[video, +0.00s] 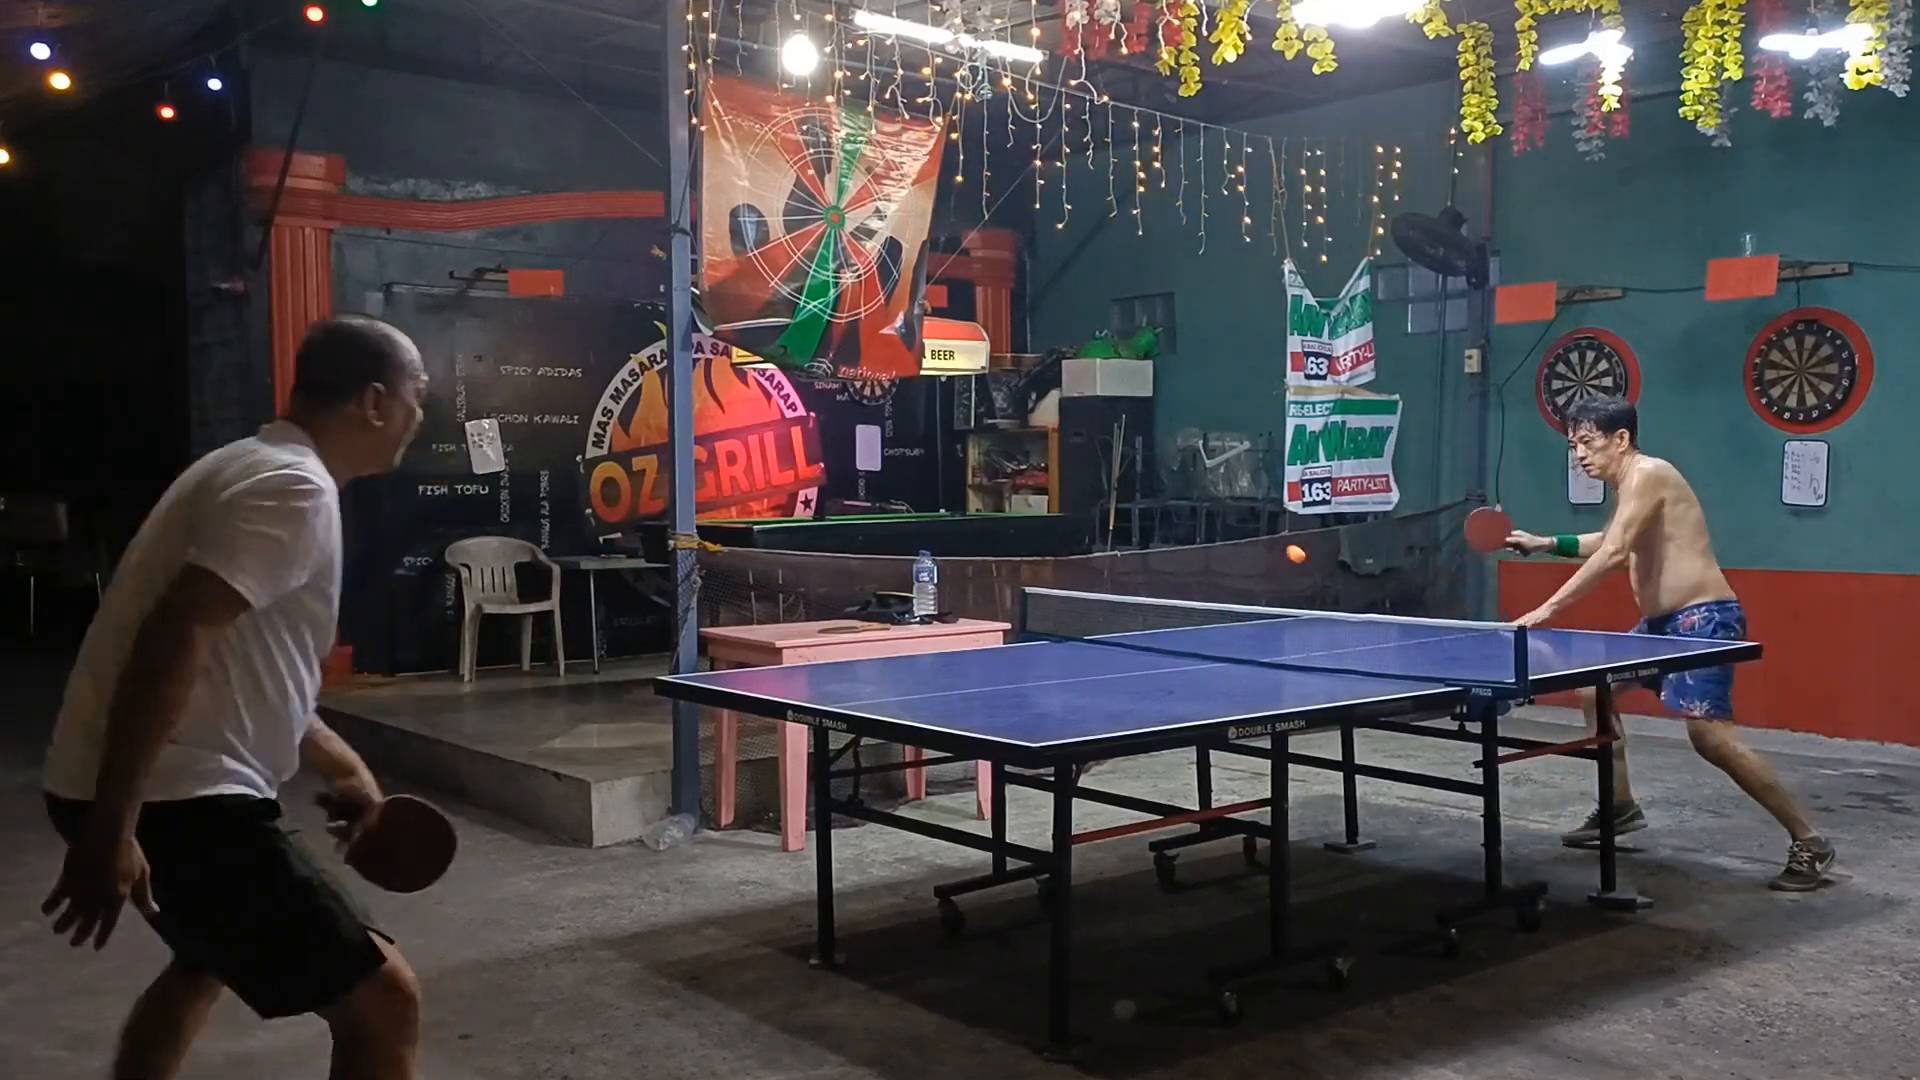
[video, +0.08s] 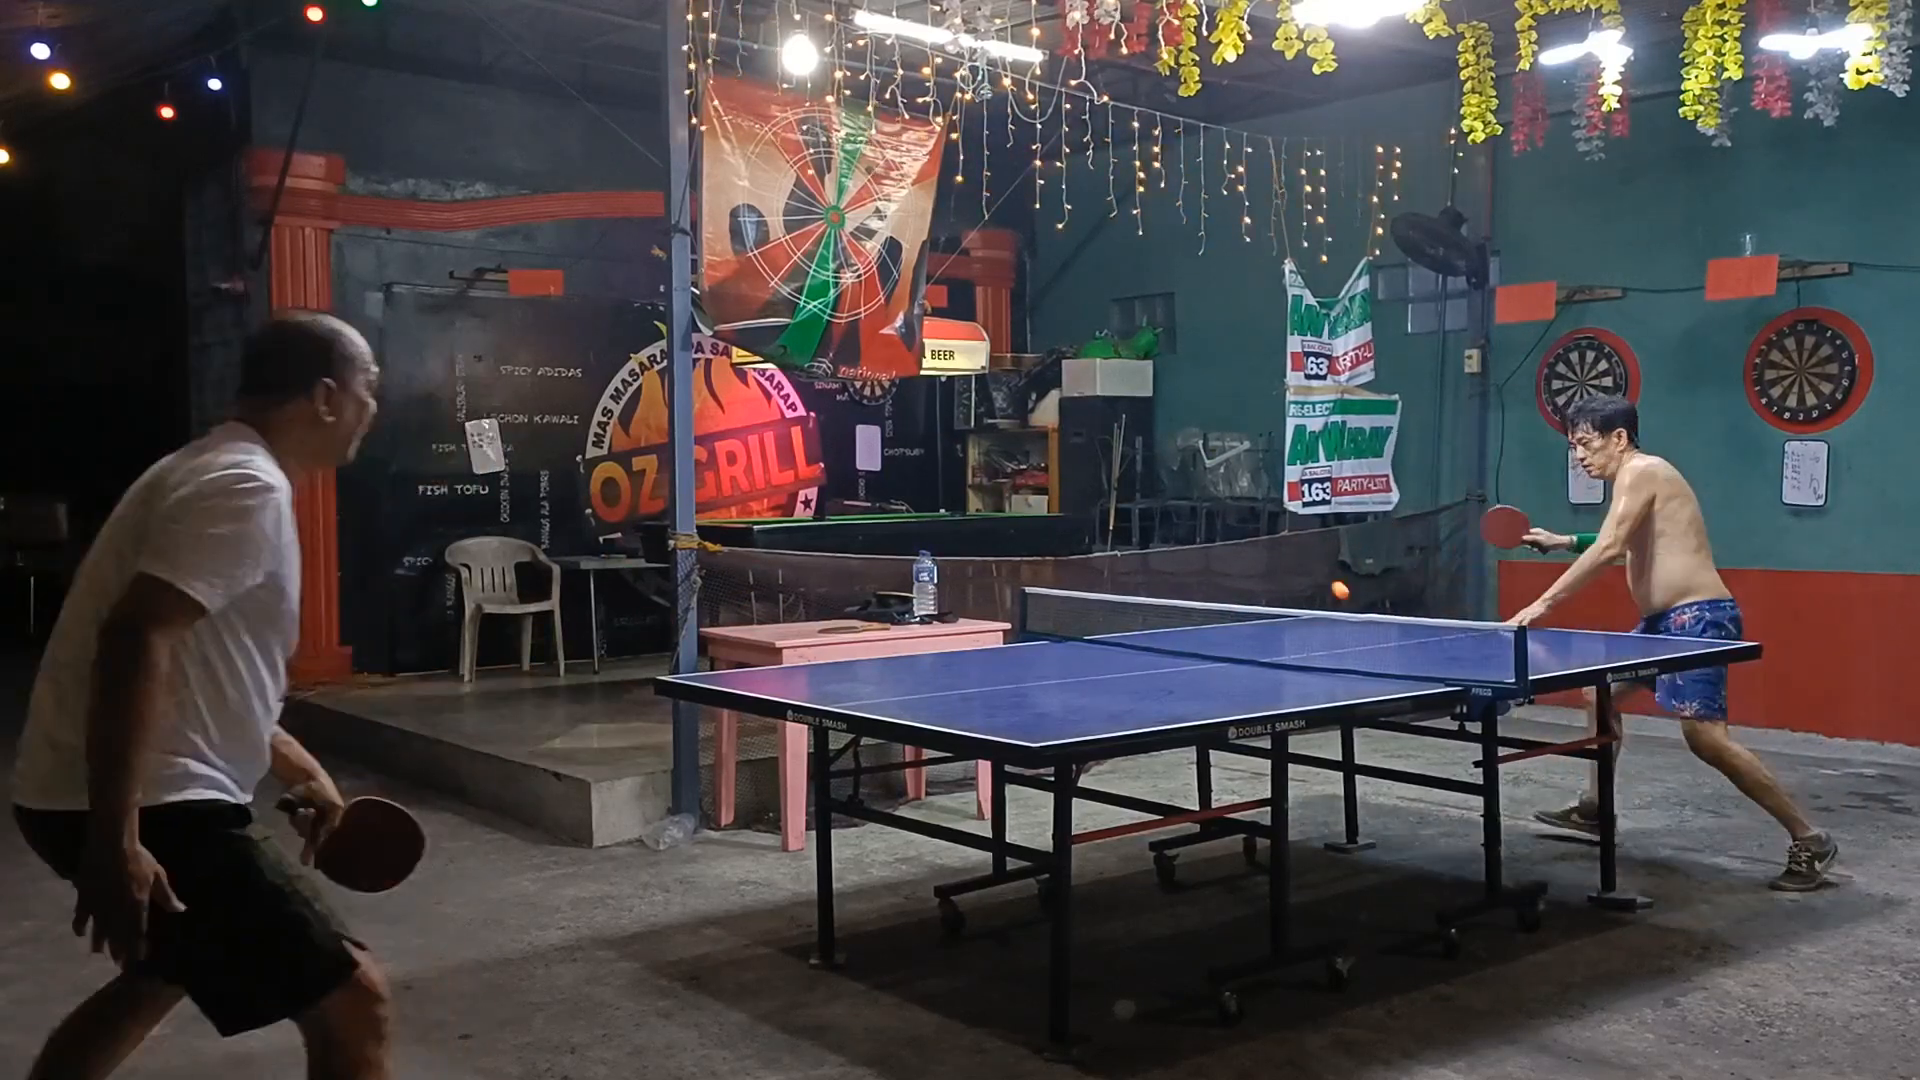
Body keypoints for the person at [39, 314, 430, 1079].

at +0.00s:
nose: (419, 421)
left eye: (423, 402)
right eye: (418, 400)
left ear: (313, 392)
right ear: (376, 402)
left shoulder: (237, 466)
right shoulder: (296, 485)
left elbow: (239, 671)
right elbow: (174, 631)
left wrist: (343, 765)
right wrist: (113, 822)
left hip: (125, 783)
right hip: (195, 800)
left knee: (207, 958)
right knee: (382, 998)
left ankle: (133, 1072)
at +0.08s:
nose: (372, 415)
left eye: (375, 396)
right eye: (370, 393)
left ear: (289, 391)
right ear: (326, 397)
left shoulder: (199, 469)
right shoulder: (246, 484)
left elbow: (192, 678)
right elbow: (137, 636)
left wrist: (303, 771)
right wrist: (116, 837)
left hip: (86, 787)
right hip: (162, 799)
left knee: (167, 966)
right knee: (351, 999)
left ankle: (52, 1070)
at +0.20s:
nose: (282, 390)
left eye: (280, 370)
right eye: (273, 369)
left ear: (218, 384)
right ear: (226, 384)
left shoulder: (155, 474)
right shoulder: (135, 469)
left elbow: (133, 672)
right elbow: (31, 623)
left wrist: (231, 766)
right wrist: (123, 796)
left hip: (61, 811)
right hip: (52, 815)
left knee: (33, 1029)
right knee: (205, 1038)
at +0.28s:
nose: (245, 370)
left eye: (245, 350)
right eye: (237, 348)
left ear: (181, 355)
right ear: (190, 353)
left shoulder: (125, 451)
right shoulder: (100, 437)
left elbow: (88, 644)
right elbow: (15, 598)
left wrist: (176, 740)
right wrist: (105, 757)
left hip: (44, 780)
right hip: (24, 782)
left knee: (16, 1010)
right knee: (140, 1011)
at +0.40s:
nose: (178, 317)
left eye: (176, 298)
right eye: (170, 297)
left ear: (105, 306)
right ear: (123, 305)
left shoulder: (42, 376)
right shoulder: (62, 382)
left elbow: (21, 573)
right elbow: (2, 541)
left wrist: (79, 709)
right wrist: (58, 707)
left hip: (11, 745)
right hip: (3, 750)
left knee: (42, 1000)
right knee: (63, 1006)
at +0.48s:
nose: (141, 327)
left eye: (141, 307)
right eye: (134, 305)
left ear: (66, 314)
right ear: (84, 312)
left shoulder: (25, 393)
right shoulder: (43, 400)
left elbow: (9, 581)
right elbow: (4, 556)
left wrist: (44, 727)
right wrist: (41, 719)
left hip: (2, 767)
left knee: (17, 1023)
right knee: (17, 1031)